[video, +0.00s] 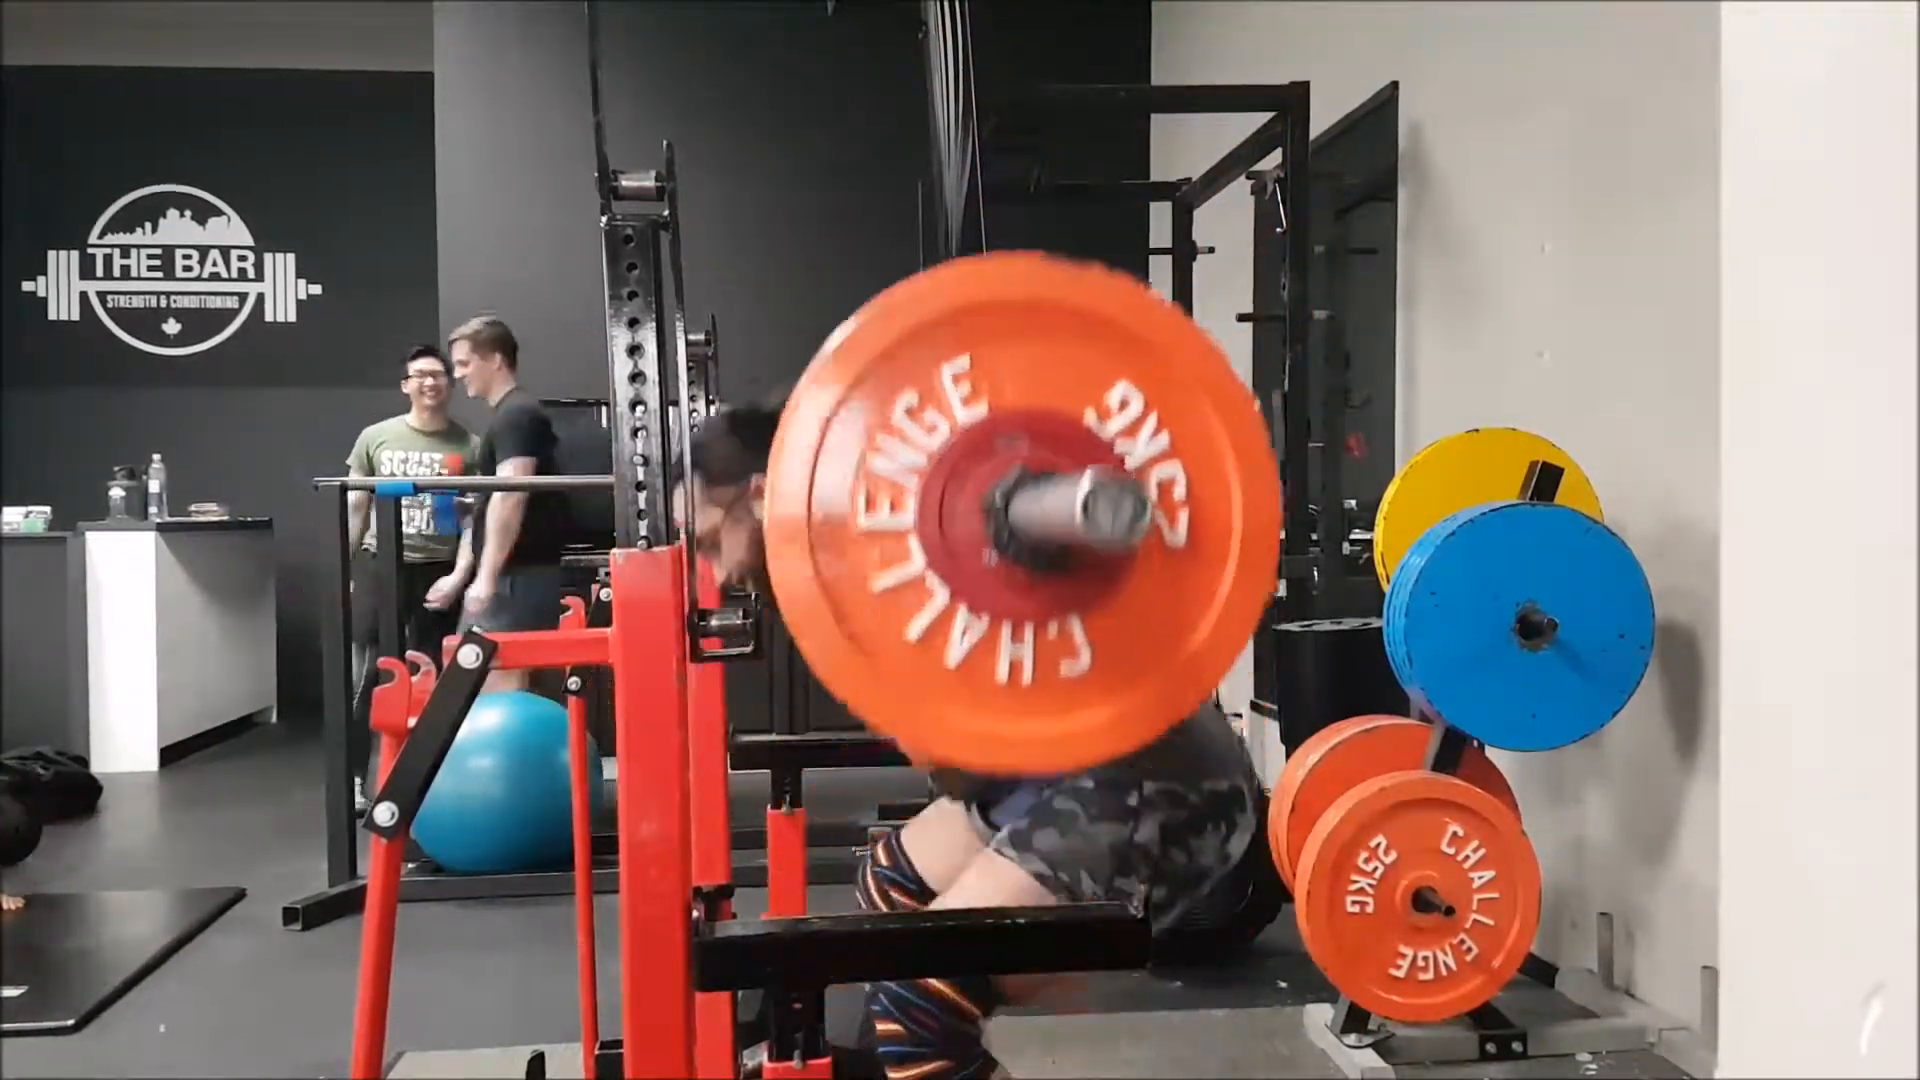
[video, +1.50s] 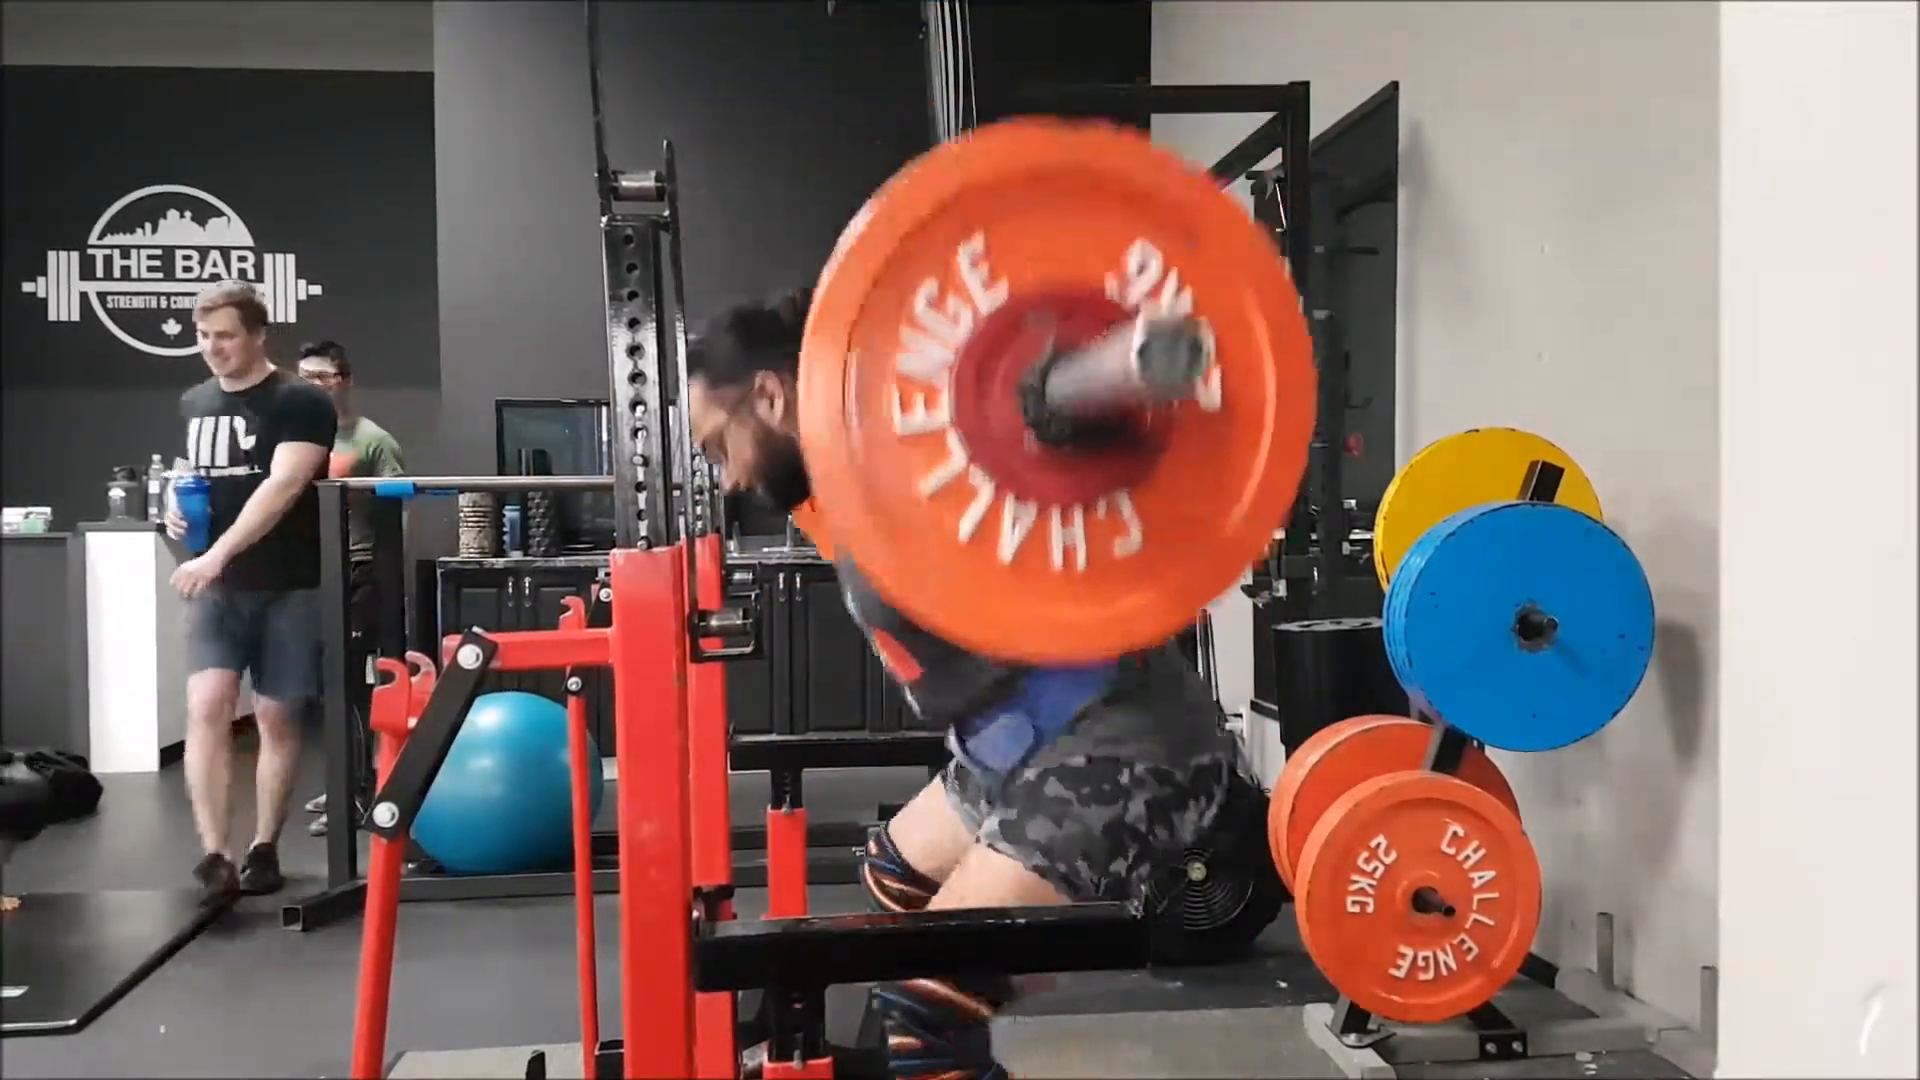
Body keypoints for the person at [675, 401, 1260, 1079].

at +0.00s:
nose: (712, 569)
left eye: (709, 539)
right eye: (699, 545)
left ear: (764, 494)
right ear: (764, 495)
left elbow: (939, 751)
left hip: (1142, 789)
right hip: (1060, 760)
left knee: (913, 1012)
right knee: (890, 880)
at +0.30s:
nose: (709, 337)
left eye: (712, 304)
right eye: (699, 315)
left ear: (778, 261)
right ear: (767, 270)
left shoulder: (891, 338)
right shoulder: (822, 391)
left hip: (1099, 655)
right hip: (1020, 666)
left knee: (972, 966)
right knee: (938, 867)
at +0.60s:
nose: (710, 237)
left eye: (710, 201)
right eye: (696, 214)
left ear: (774, 158)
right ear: (769, 167)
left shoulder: (909, 230)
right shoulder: (839, 286)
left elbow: (1099, 338)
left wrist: (1101, 162)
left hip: (1037, 592)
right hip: (962, 603)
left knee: (1036, 935)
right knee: (989, 925)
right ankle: (998, 1079)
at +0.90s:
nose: (714, 242)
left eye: (713, 206)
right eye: (700, 219)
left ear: (776, 161)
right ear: (773, 169)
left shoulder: (915, 232)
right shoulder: (846, 285)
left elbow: (1099, 342)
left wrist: (1095, 161)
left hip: (1035, 592)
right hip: (964, 605)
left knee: (1034, 941)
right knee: (995, 933)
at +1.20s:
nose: (715, 271)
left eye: (713, 234)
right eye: (701, 248)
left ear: (778, 188)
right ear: (776, 197)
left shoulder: (905, 277)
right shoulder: (835, 323)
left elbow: (1087, 391)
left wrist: (1089, 247)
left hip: (1071, 591)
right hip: (989, 614)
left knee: (1001, 945)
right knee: (956, 918)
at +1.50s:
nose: (726, 481)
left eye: (718, 447)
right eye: (710, 458)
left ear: (770, 396)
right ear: (771, 398)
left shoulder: (911, 455)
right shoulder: (847, 494)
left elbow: (1019, 397)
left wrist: (1130, 363)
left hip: (1121, 748)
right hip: (1018, 742)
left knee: (919, 1019)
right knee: (893, 875)